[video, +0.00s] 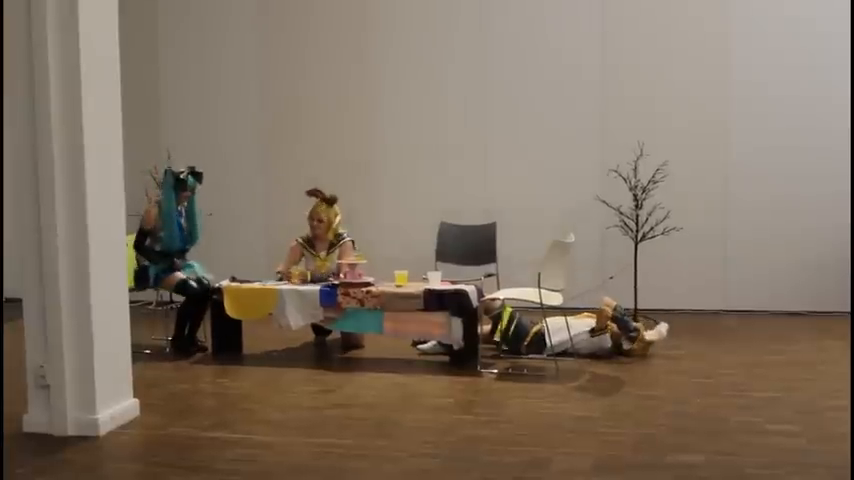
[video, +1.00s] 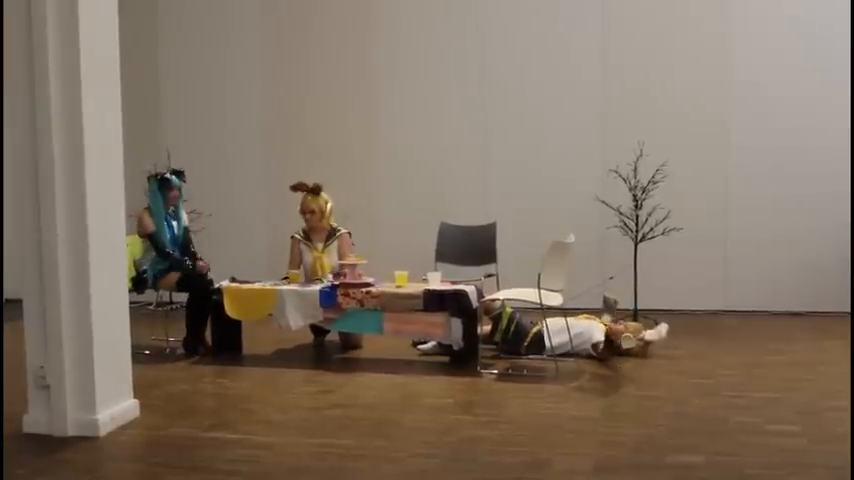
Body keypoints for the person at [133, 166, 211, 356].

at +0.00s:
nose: (188, 196)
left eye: (190, 192)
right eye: (184, 191)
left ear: (190, 193)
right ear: (174, 191)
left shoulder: (182, 212)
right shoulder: (155, 211)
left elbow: (185, 240)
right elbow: (139, 245)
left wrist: (180, 258)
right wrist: (165, 260)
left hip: (177, 265)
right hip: (157, 268)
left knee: (206, 289)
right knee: (194, 290)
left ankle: (190, 338)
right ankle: (179, 340)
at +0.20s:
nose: (177, 204)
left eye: (179, 201)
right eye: (174, 201)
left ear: (179, 199)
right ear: (164, 198)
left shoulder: (174, 216)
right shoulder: (148, 217)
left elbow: (183, 243)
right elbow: (136, 253)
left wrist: (178, 259)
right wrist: (163, 261)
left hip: (174, 268)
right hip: (155, 272)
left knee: (207, 290)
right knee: (193, 291)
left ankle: (190, 338)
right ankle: (178, 341)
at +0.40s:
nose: (172, 198)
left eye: (175, 194)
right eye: (168, 194)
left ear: (177, 196)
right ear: (158, 194)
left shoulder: (173, 216)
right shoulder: (145, 215)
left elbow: (189, 248)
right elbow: (137, 254)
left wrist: (186, 257)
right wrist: (169, 259)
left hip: (175, 268)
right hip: (154, 271)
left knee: (208, 289)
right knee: (195, 287)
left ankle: (191, 338)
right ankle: (180, 340)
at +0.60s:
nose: (171, 197)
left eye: (173, 193)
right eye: (167, 192)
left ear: (174, 194)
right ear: (158, 193)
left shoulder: (170, 213)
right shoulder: (144, 215)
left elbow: (179, 244)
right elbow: (136, 250)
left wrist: (205, 248)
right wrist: (166, 253)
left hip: (175, 265)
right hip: (156, 269)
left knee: (208, 287)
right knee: (198, 285)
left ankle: (193, 338)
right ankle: (190, 340)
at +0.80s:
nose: (171, 192)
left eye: (173, 187)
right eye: (167, 187)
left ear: (176, 189)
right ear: (157, 190)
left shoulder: (175, 212)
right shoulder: (144, 213)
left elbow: (185, 240)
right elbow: (153, 249)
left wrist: (201, 246)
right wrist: (185, 248)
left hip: (180, 263)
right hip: (158, 266)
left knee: (208, 283)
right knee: (198, 283)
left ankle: (200, 337)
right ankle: (192, 340)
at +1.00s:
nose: (176, 194)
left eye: (177, 190)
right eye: (171, 190)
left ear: (179, 192)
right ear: (161, 192)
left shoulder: (178, 214)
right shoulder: (147, 216)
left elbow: (187, 245)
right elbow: (161, 251)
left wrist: (197, 262)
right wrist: (191, 266)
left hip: (177, 266)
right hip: (157, 270)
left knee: (206, 284)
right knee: (198, 285)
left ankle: (199, 337)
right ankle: (192, 340)